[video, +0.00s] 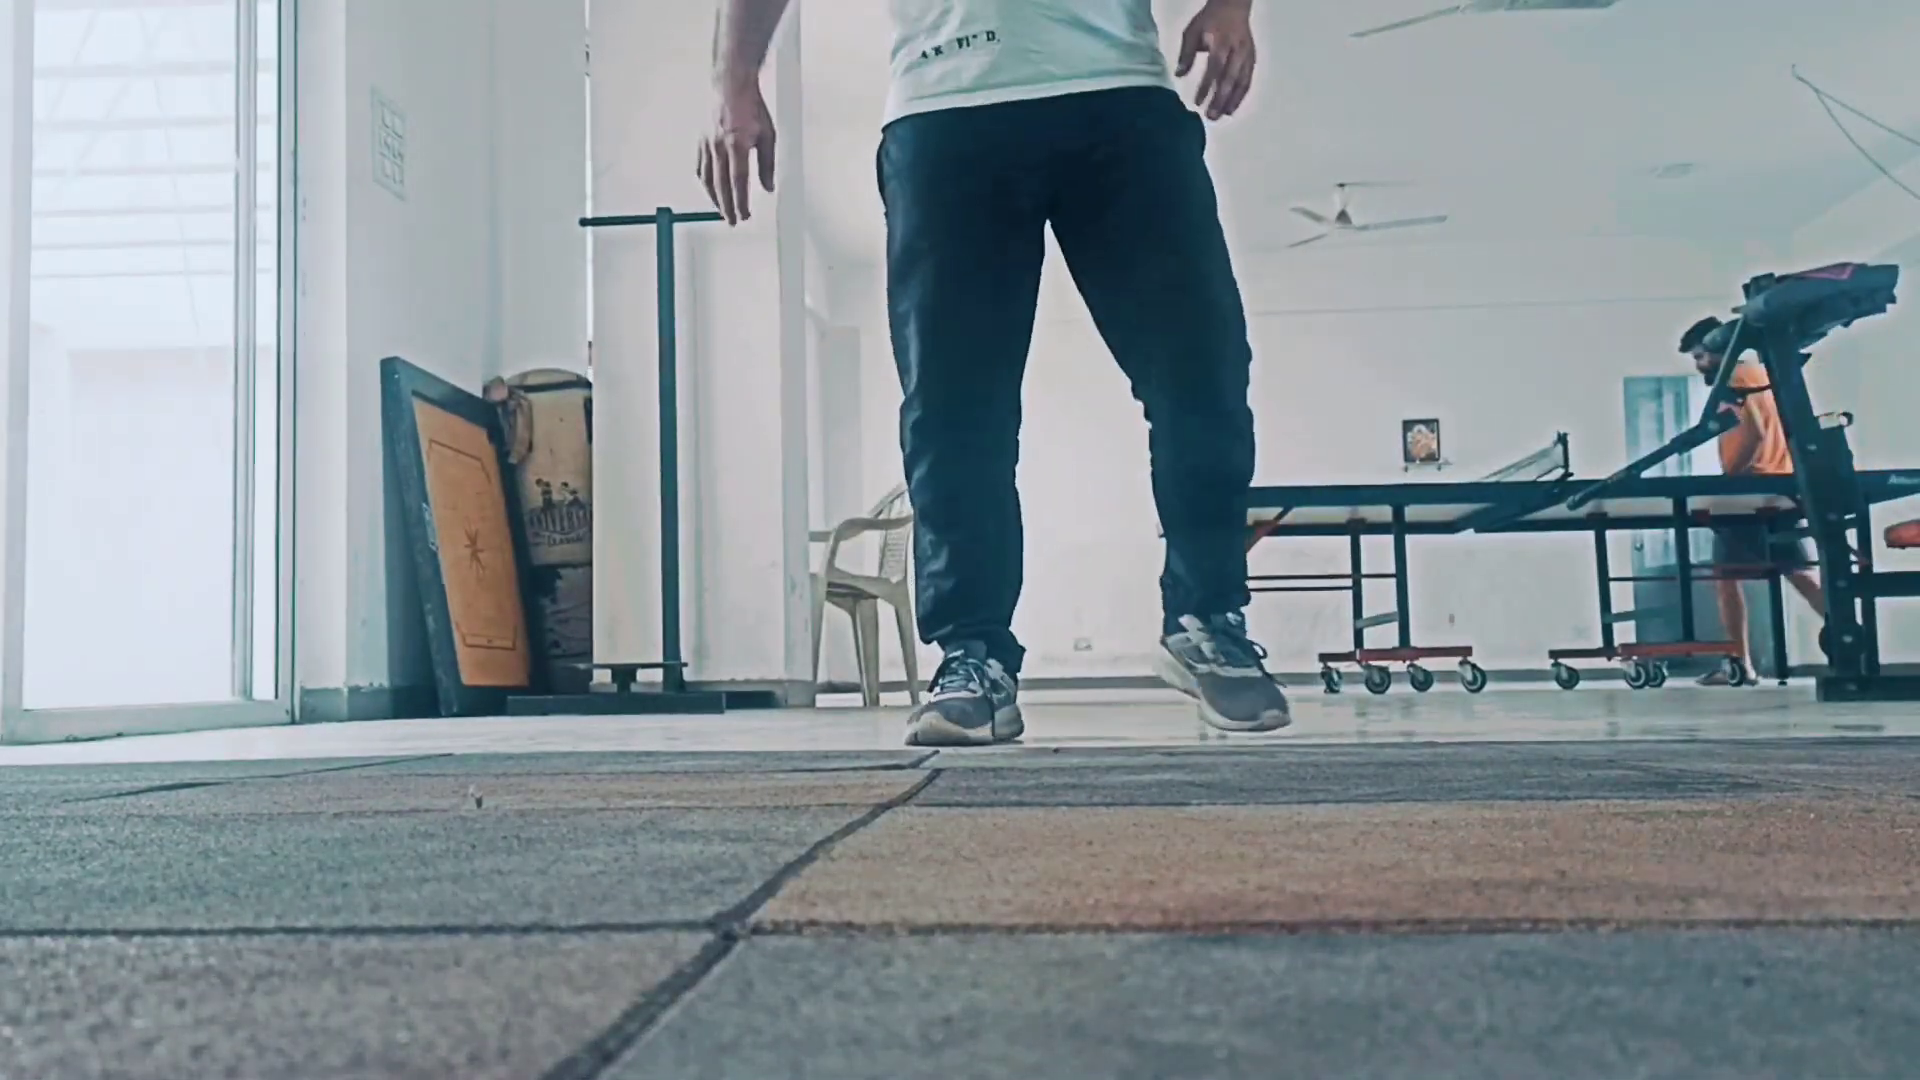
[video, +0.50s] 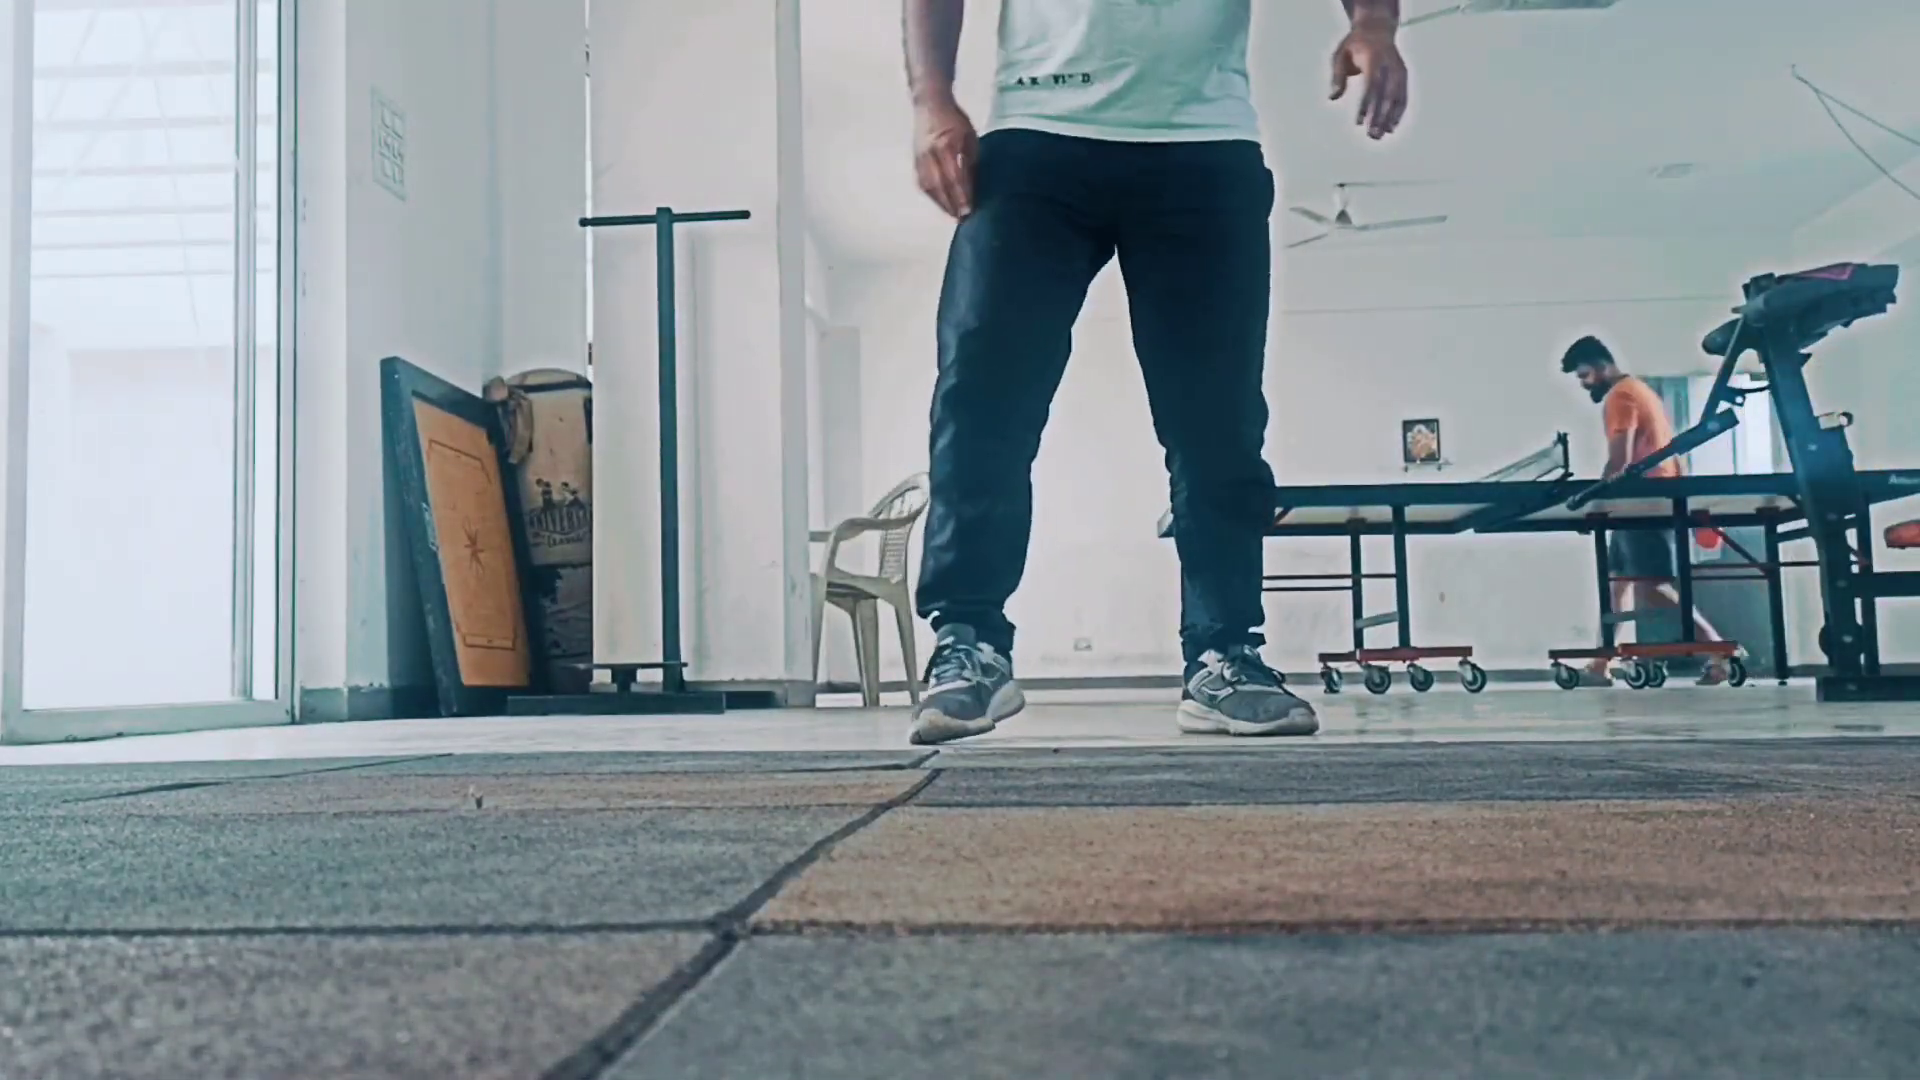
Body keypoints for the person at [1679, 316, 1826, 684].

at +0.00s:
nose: (1697, 367)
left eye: (1698, 357)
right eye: (1693, 359)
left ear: (1715, 350)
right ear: (1729, 347)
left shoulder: (1733, 378)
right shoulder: (1767, 373)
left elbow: (1750, 431)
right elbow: (1785, 429)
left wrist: (1723, 481)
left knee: (1725, 574)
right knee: (1799, 572)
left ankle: (1739, 664)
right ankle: (1849, 636)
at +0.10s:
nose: (1675, 368)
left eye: (1676, 359)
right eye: (1671, 361)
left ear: (1691, 352)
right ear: (1703, 350)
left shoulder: (1708, 383)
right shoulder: (1741, 377)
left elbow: (1720, 441)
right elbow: (1750, 438)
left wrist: (1701, 492)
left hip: (1725, 492)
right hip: (1758, 487)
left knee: (1709, 576)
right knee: (1750, 578)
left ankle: (1739, 664)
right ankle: (1818, 633)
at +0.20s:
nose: (1652, 371)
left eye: (1655, 361)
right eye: (1649, 364)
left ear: (1675, 354)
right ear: (1684, 354)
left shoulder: (1684, 385)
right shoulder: (1716, 376)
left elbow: (1687, 445)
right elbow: (1725, 437)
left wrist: (1675, 490)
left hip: (1705, 488)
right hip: (1731, 484)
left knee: (1704, 577)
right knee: (1710, 576)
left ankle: (1735, 661)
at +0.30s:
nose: (1627, 374)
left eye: (1629, 364)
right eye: (1624, 366)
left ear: (1647, 357)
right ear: (1654, 357)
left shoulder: (1662, 386)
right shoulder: (1685, 381)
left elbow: (1659, 450)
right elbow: (1702, 445)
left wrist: (1642, 487)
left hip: (1683, 489)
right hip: (1701, 486)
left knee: (1696, 577)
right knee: (1659, 573)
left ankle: (1738, 662)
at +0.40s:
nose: (1601, 378)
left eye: (1602, 368)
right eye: (1597, 371)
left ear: (1620, 360)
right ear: (1626, 361)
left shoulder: (1637, 390)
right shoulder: (1658, 386)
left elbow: (1637, 454)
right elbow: (1685, 453)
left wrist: (1613, 491)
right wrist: (1695, 498)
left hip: (1655, 495)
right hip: (1670, 491)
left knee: (1681, 579)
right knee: (1635, 578)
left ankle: (1733, 656)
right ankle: (1622, 660)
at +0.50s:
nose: (1583, 384)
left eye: (1584, 374)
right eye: (1579, 377)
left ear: (1600, 366)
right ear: (1607, 367)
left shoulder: (1620, 395)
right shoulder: (1638, 390)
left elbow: (1619, 461)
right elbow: (1667, 454)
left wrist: (1597, 501)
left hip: (1642, 497)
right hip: (1654, 494)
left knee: (1651, 583)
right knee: (1618, 582)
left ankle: (1719, 649)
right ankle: (1600, 664)